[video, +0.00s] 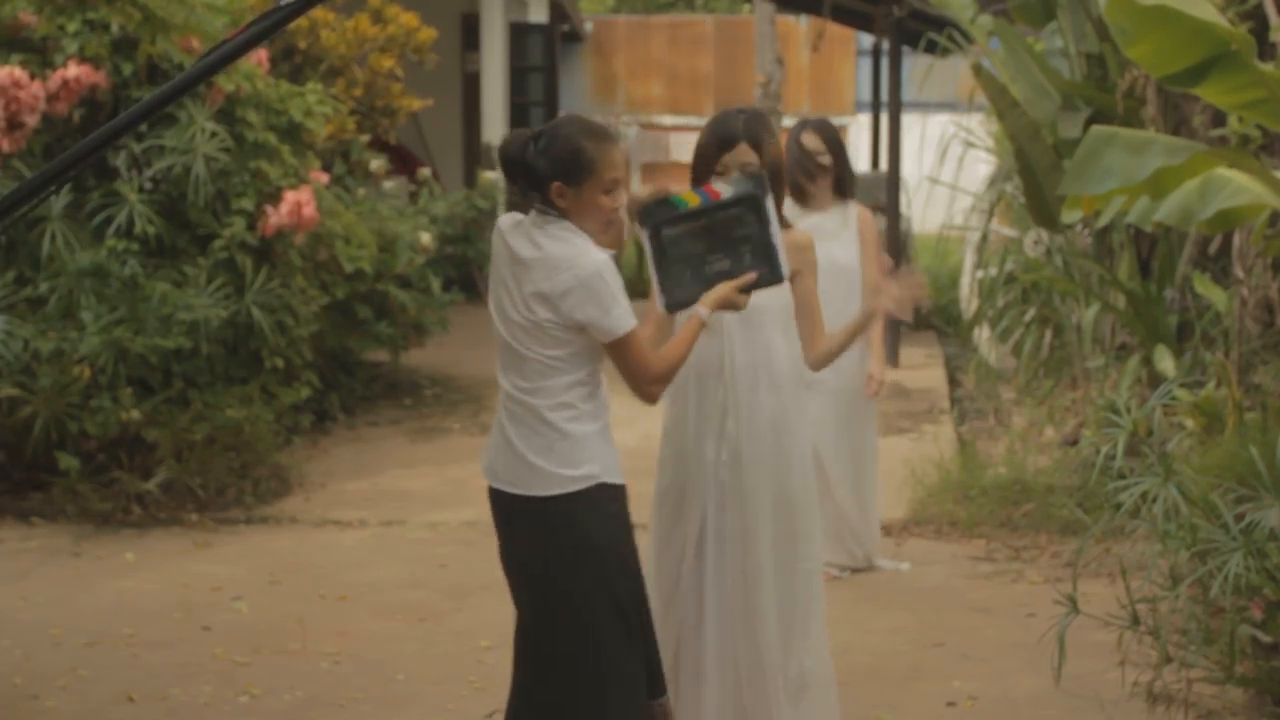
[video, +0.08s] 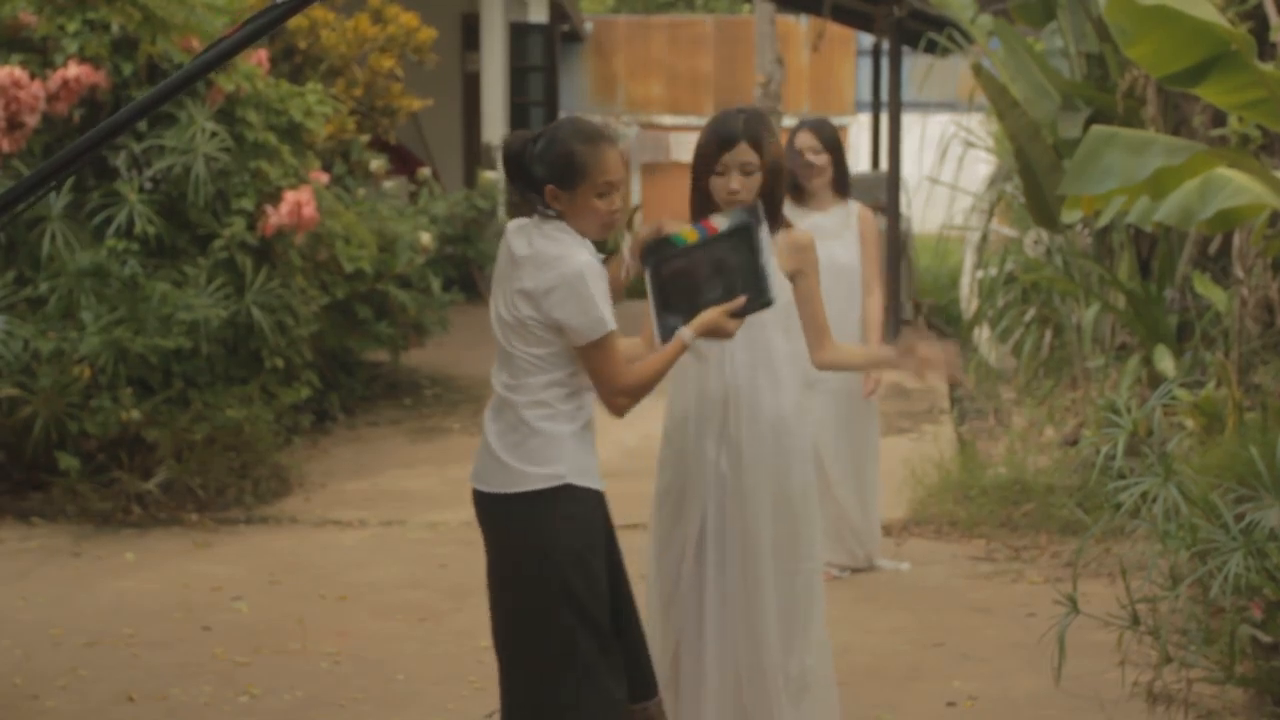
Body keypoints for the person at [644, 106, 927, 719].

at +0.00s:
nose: (737, 187)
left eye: (749, 173)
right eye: (724, 174)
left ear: (765, 175)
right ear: (700, 176)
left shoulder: (792, 244)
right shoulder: (682, 241)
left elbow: (818, 353)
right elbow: (650, 348)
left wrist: (872, 309)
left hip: (767, 419)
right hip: (701, 420)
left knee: (766, 570)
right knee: (697, 570)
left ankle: (767, 702)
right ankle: (698, 702)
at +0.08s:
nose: (735, 186)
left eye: (749, 172)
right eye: (722, 172)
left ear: (769, 175)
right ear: (703, 174)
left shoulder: (791, 244)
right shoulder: (679, 245)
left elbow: (823, 351)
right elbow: (654, 345)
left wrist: (895, 355)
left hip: (769, 423)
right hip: (699, 426)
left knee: (769, 576)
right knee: (696, 578)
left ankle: (770, 706)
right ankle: (698, 707)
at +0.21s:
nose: (735, 185)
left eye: (749, 171)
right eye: (723, 171)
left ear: (768, 176)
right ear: (705, 175)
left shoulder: (793, 246)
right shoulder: (677, 247)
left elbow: (830, 351)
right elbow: (652, 336)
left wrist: (896, 427)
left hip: (773, 444)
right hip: (698, 447)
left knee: (774, 602)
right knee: (698, 602)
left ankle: (774, 709)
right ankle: (699, 710)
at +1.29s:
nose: (727, 197)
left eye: (741, 182)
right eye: (715, 183)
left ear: (763, 180)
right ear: (696, 180)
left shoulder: (789, 248)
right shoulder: (674, 249)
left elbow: (814, 359)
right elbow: (650, 352)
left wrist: (800, 456)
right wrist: (653, 449)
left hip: (768, 454)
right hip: (694, 456)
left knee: (768, 621)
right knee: (695, 620)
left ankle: (771, 713)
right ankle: (697, 714)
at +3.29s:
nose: (738, 174)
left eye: (751, 161)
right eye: (725, 161)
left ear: (771, 169)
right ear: (708, 168)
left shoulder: (797, 246)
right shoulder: (683, 245)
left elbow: (808, 358)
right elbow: (666, 355)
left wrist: (810, 461)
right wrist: (657, 458)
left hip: (772, 448)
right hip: (701, 448)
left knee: (770, 602)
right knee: (702, 602)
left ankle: (770, 711)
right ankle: (703, 711)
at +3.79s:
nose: (736, 175)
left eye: (750, 162)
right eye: (724, 161)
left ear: (769, 169)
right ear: (707, 168)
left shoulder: (796, 247)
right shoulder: (682, 244)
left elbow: (807, 359)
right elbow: (665, 355)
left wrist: (810, 462)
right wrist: (656, 457)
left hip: (772, 449)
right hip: (699, 448)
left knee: (769, 606)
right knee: (700, 604)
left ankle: (769, 711)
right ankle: (701, 711)